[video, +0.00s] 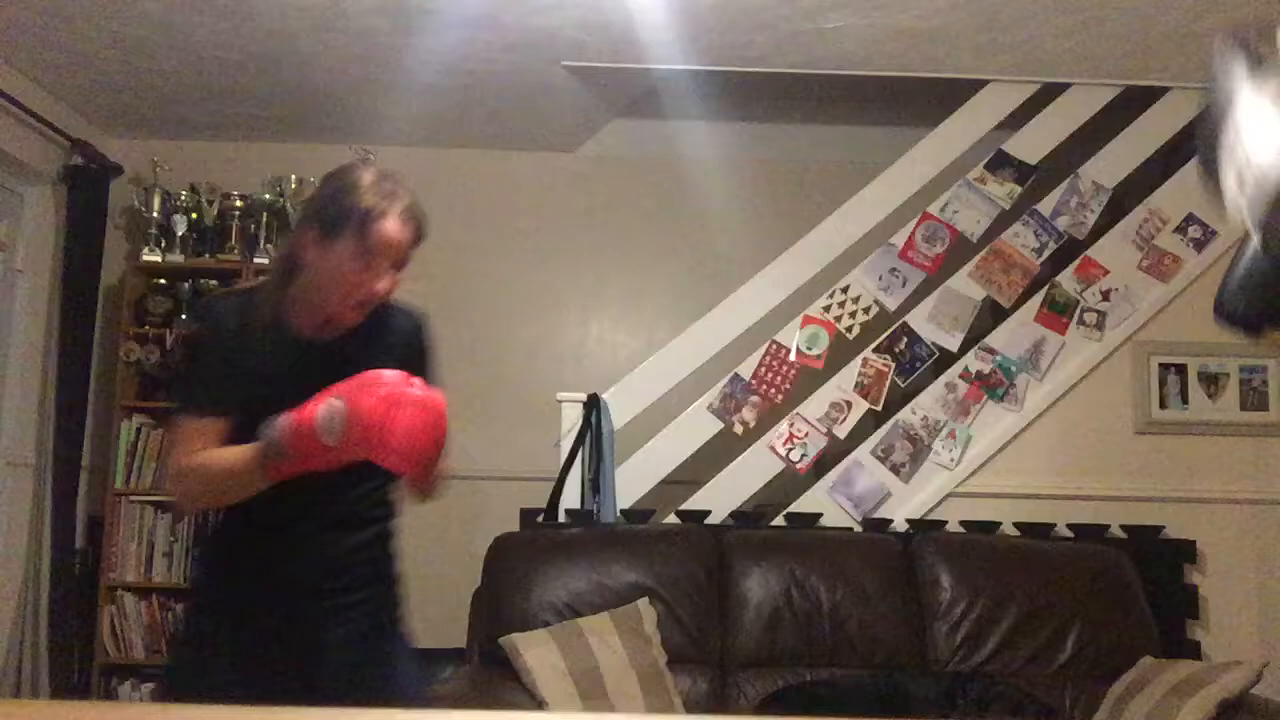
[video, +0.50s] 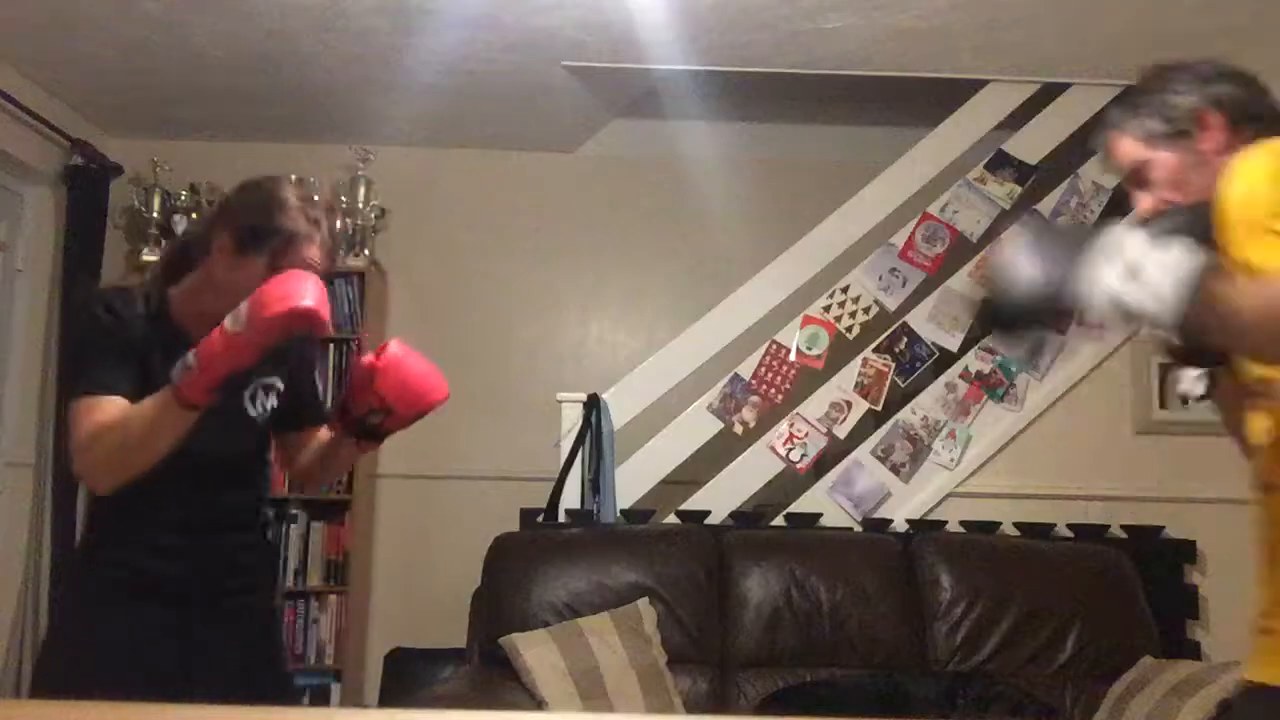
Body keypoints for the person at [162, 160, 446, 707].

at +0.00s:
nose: (381, 286)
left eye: (396, 268)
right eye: (366, 261)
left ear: (404, 267)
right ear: (309, 242)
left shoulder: (399, 335)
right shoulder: (232, 327)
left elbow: (426, 485)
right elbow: (185, 481)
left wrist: (417, 442)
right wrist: (300, 437)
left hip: (358, 629)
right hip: (239, 630)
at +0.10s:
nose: (352, 307)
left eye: (367, 288)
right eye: (339, 282)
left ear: (376, 286)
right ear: (279, 255)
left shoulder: (359, 349)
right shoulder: (194, 336)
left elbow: (356, 506)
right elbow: (142, 495)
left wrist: (395, 481)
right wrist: (257, 446)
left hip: (316, 646)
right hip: (198, 646)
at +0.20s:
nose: (319, 302)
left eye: (331, 284)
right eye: (307, 276)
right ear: (248, 250)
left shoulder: (317, 347)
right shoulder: (149, 327)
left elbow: (325, 494)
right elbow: (103, 480)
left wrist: (368, 457)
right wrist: (223, 412)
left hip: (275, 636)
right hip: (153, 638)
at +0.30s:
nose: (304, 268)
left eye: (318, 251)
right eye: (295, 243)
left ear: (330, 245)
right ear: (239, 212)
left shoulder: (310, 311)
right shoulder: (137, 286)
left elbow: (315, 455)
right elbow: (85, 436)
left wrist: (363, 422)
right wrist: (204, 367)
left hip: (257, 587)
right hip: (136, 584)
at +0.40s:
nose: (296, 271)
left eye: (310, 256)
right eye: (287, 248)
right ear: (230, 214)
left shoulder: (291, 316)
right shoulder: (128, 284)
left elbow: (318, 451)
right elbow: (83, 441)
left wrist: (364, 414)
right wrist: (199, 356)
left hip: (246, 599)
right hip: (128, 593)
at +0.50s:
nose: (288, 296)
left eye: (302, 280)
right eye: (279, 274)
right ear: (225, 250)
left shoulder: (282, 346)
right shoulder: (118, 321)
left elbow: (305, 473)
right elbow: (98, 464)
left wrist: (357, 428)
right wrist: (218, 359)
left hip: (239, 633)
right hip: (121, 632)